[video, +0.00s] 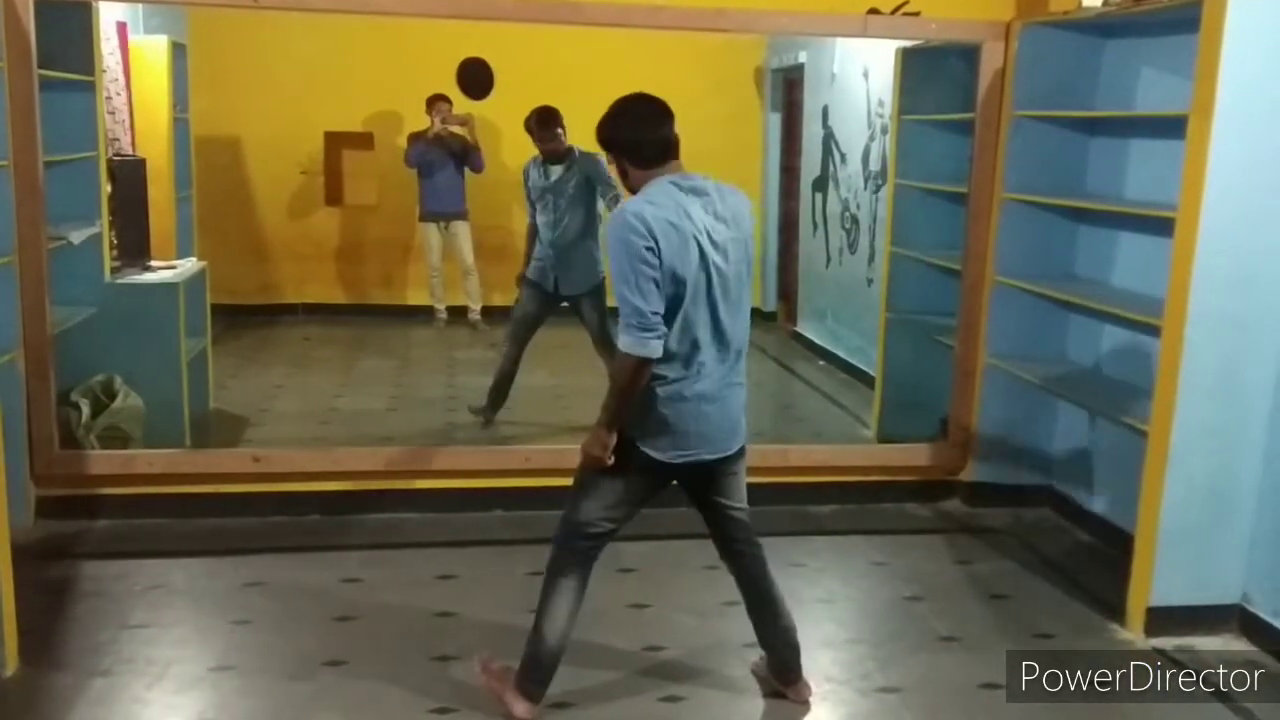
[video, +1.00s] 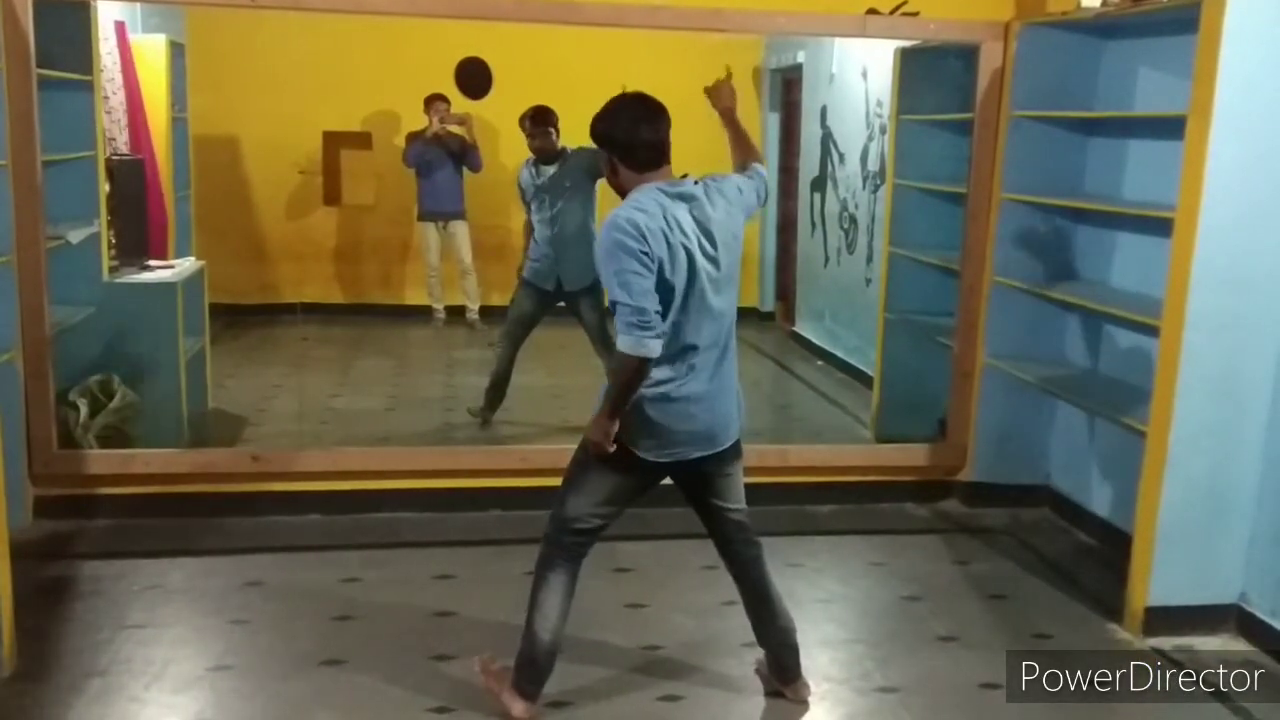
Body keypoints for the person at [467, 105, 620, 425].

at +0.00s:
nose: (550, 147)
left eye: (553, 138)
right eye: (543, 141)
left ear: (563, 131)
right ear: (534, 140)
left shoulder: (589, 164)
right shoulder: (532, 170)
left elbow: (618, 206)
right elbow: (534, 221)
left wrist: (630, 254)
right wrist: (526, 267)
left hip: (582, 270)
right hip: (542, 270)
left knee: (603, 342)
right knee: (515, 339)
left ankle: (635, 403)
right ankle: (490, 408)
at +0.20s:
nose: (536, 150)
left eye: (541, 142)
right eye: (531, 144)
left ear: (555, 135)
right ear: (526, 143)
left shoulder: (582, 163)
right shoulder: (528, 173)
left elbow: (620, 188)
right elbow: (534, 221)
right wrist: (528, 265)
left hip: (581, 270)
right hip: (541, 270)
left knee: (600, 339)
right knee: (513, 337)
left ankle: (629, 402)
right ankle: (490, 406)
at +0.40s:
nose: (534, 151)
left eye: (538, 143)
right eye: (529, 145)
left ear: (552, 135)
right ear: (524, 144)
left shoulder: (579, 163)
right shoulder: (528, 174)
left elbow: (616, 174)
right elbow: (538, 217)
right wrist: (539, 257)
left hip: (581, 270)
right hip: (542, 270)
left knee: (600, 338)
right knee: (513, 336)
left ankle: (628, 402)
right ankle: (490, 406)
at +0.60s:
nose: (533, 150)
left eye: (537, 142)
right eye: (528, 144)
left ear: (552, 135)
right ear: (524, 144)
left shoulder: (579, 162)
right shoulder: (529, 174)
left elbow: (613, 166)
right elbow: (538, 215)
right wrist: (542, 254)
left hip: (582, 270)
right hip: (543, 270)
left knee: (601, 340)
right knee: (512, 336)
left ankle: (629, 402)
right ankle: (490, 406)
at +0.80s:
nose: (537, 146)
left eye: (541, 138)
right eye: (531, 140)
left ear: (554, 134)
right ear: (525, 142)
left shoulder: (581, 161)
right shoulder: (528, 175)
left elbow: (616, 156)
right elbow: (535, 219)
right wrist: (532, 262)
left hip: (582, 270)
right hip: (542, 271)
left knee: (601, 339)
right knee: (511, 338)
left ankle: (630, 403)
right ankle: (489, 408)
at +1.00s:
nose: (534, 143)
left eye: (539, 136)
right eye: (529, 137)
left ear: (556, 133)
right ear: (525, 138)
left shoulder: (583, 161)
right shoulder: (527, 174)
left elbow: (623, 161)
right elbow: (531, 221)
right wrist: (524, 267)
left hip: (580, 272)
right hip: (539, 272)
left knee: (603, 343)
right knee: (509, 339)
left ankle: (630, 405)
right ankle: (487, 410)